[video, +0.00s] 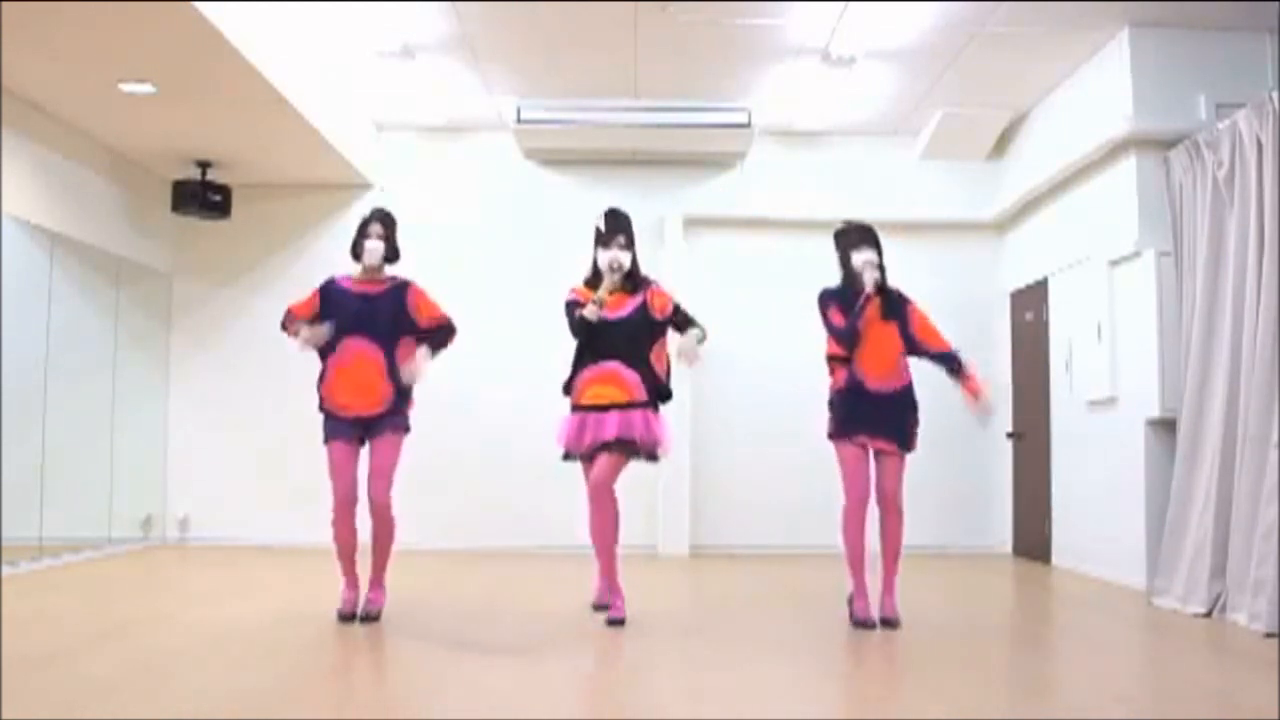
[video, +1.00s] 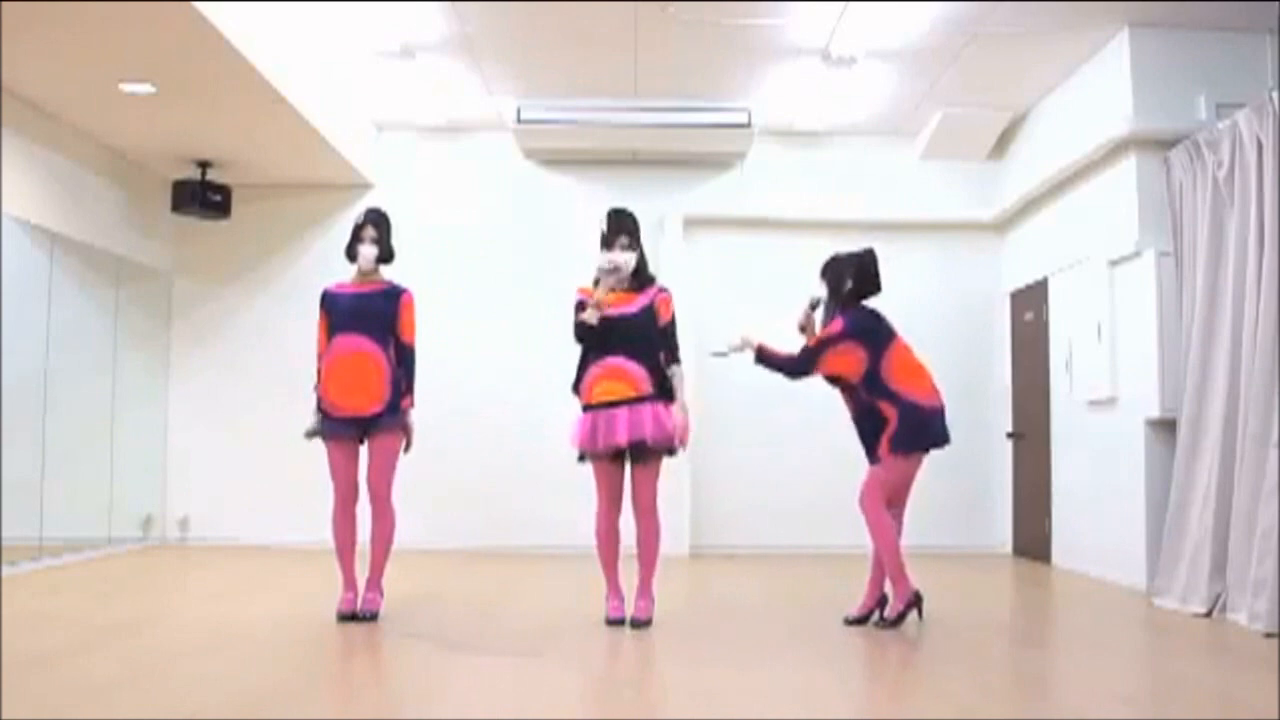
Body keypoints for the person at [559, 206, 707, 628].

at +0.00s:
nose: (615, 257)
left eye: (622, 248)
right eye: (607, 249)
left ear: (633, 252)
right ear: (596, 252)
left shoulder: (651, 296)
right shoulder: (581, 295)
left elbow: (694, 329)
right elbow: (578, 328)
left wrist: (687, 342)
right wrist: (595, 305)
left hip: (632, 401)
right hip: (589, 401)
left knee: (600, 482)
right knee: (595, 489)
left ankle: (607, 582)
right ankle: (610, 587)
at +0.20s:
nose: (617, 257)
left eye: (624, 249)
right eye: (610, 249)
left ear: (635, 253)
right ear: (597, 252)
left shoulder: (650, 297)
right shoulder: (581, 297)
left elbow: (663, 359)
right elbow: (588, 327)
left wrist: (680, 414)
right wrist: (606, 291)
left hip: (639, 404)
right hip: (595, 406)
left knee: (627, 498)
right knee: (602, 503)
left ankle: (645, 588)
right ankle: (613, 592)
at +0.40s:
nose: (619, 256)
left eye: (627, 247)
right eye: (611, 247)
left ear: (637, 251)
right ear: (598, 251)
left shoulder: (654, 295)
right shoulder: (583, 294)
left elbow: (659, 351)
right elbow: (591, 326)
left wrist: (666, 400)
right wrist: (609, 287)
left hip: (645, 401)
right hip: (599, 401)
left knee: (646, 502)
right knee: (606, 503)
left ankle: (645, 593)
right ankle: (613, 592)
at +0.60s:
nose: (620, 257)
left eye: (628, 248)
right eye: (612, 248)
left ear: (638, 252)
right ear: (600, 253)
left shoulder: (654, 296)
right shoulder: (586, 295)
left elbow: (661, 353)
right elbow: (595, 327)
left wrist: (669, 404)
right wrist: (611, 293)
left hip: (646, 401)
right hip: (601, 402)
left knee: (647, 503)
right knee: (606, 503)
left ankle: (645, 591)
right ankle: (613, 591)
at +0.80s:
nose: (621, 257)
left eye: (628, 249)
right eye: (613, 249)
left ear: (638, 253)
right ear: (601, 253)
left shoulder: (655, 296)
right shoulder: (586, 295)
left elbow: (665, 353)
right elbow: (595, 328)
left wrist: (673, 401)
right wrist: (610, 293)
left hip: (647, 402)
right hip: (602, 402)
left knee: (647, 504)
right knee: (607, 505)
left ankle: (645, 592)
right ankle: (613, 591)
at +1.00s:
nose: (619, 257)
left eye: (627, 248)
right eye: (612, 247)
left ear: (639, 249)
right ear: (601, 249)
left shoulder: (656, 296)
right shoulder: (589, 297)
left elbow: (670, 353)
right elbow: (584, 334)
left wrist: (680, 404)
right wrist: (597, 296)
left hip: (646, 402)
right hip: (601, 404)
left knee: (645, 504)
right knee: (608, 505)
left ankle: (645, 592)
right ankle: (613, 592)